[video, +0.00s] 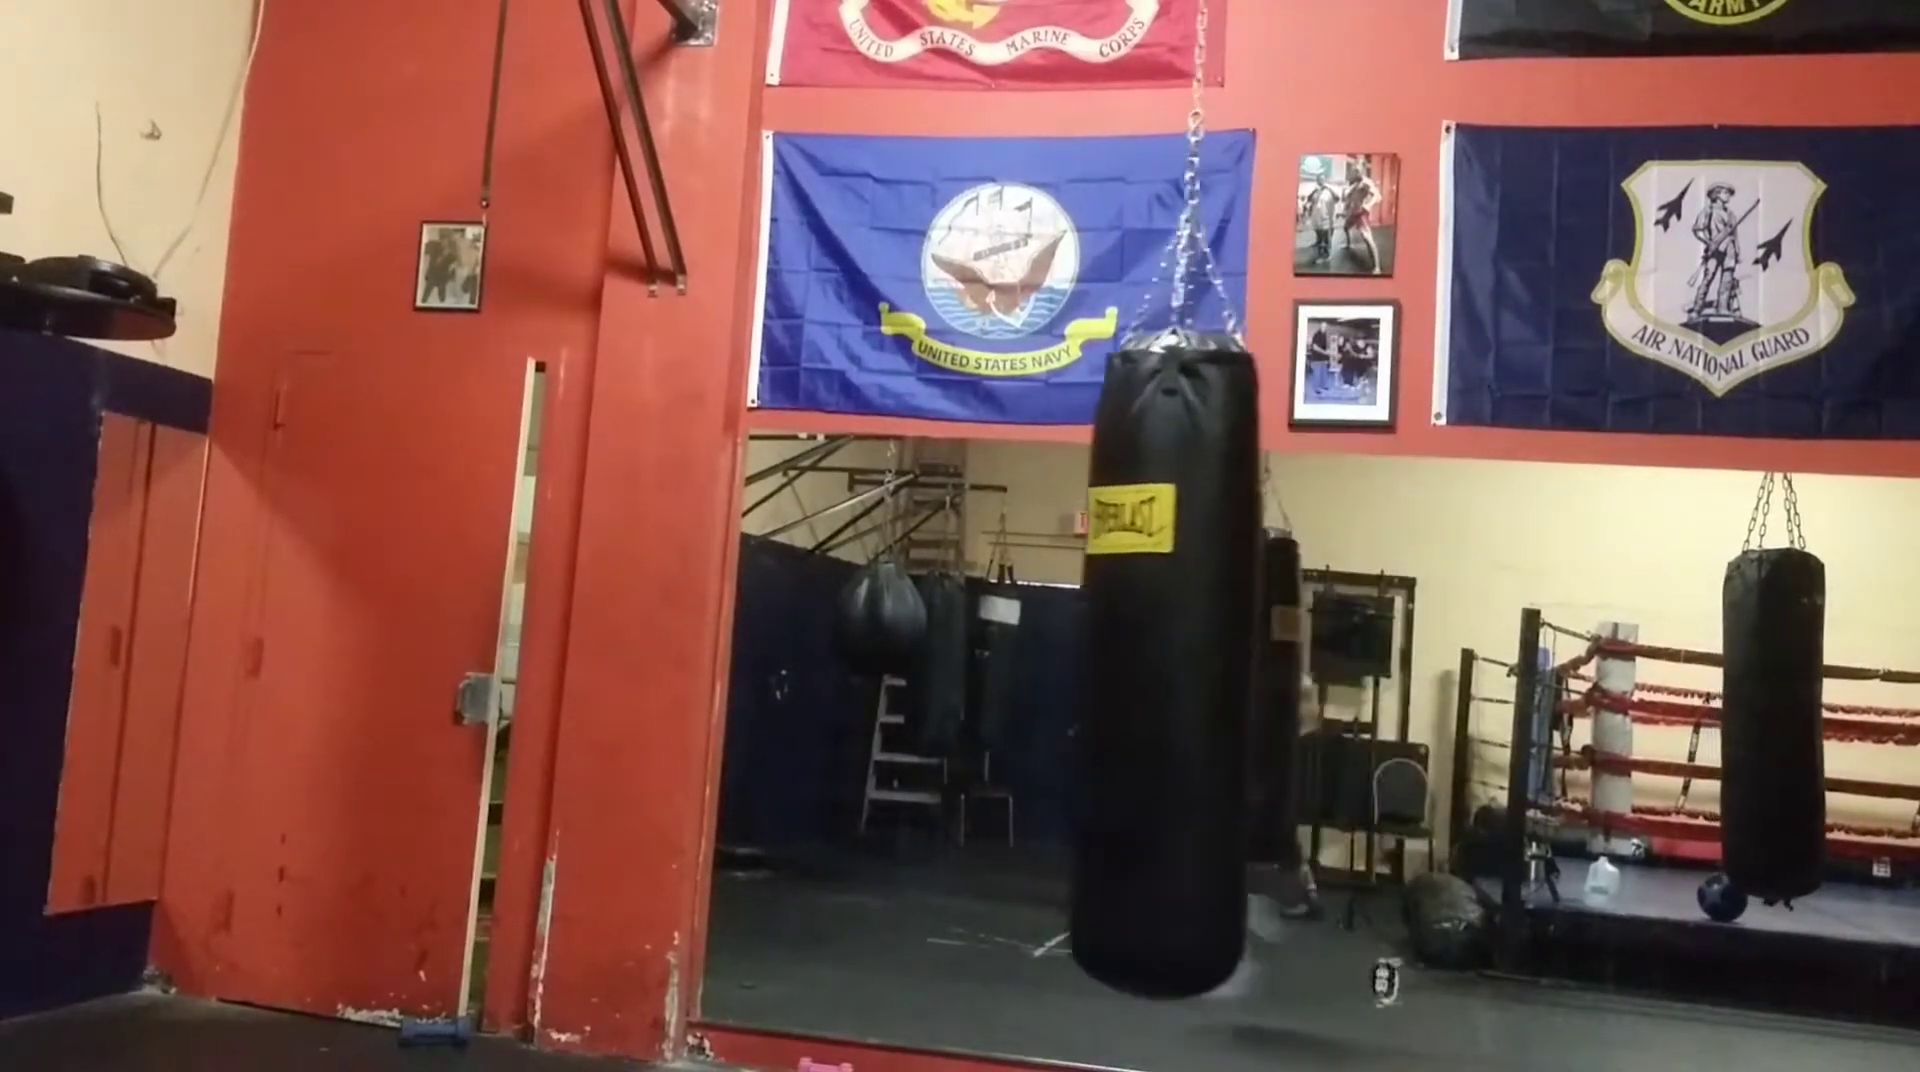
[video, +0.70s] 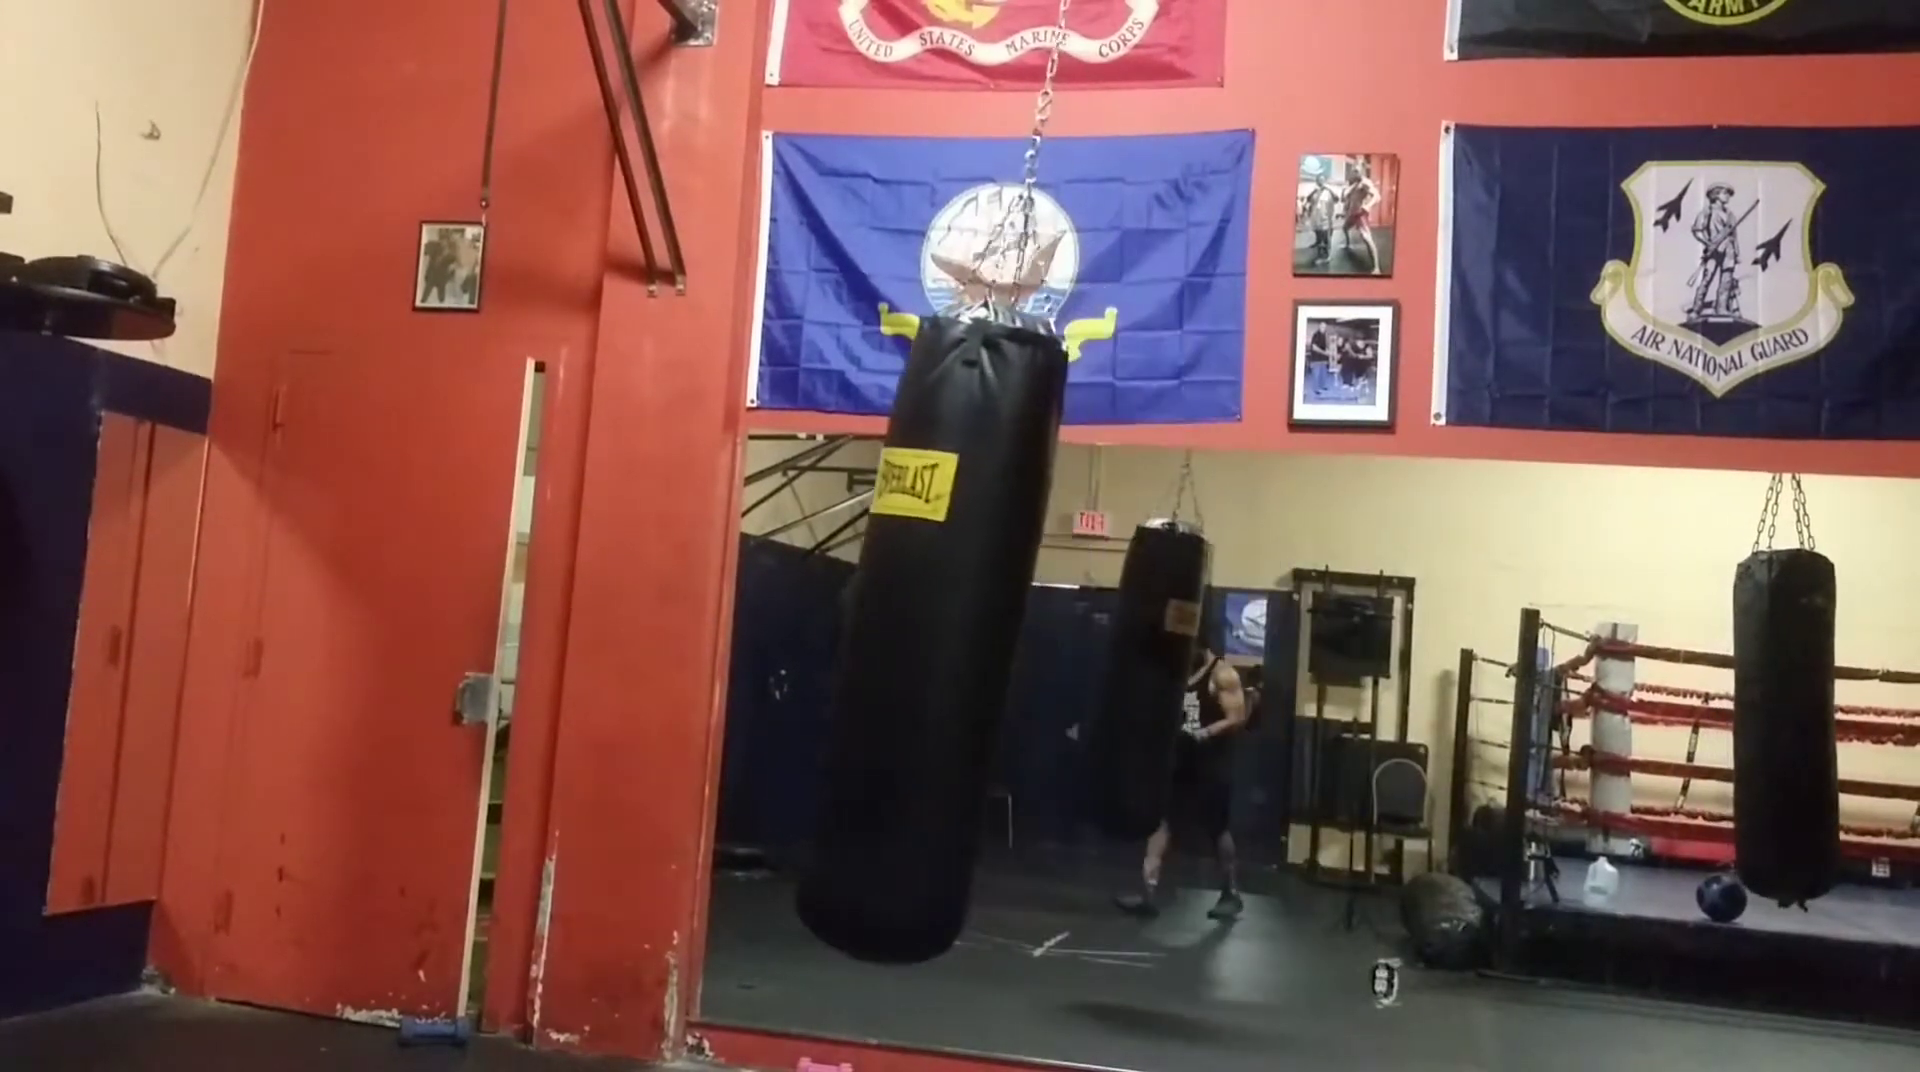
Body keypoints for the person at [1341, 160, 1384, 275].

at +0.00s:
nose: (1352, 175)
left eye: (1354, 172)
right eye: (1351, 172)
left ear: (1359, 173)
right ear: (1351, 174)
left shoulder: (1365, 183)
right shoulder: (1351, 186)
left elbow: (1377, 195)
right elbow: (1346, 200)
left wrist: (1367, 206)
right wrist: (1345, 212)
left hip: (1361, 212)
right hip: (1351, 212)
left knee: (1366, 236)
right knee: (1345, 228)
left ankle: (1376, 266)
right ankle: (1348, 244)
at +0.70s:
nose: (1353, 175)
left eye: (1355, 172)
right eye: (1352, 172)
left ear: (1359, 173)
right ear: (1351, 174)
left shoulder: (1365, 183)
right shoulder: (1351, 186)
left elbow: (1376, 196)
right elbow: (1345, 199)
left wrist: (1367, 207)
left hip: (1361, 212)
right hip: (1351, 213)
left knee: (1366, 237)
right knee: (1345, 228)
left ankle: (1376, 267)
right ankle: (1348, 245)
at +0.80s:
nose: (1353, 174)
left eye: (1356, 171)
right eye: (1352, 172)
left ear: (1360, 172)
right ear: (1351, 173)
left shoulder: (1365, 182)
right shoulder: (1352, 184)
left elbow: (1377, 195)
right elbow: (1344, 197)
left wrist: (1367, 206)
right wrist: (1352, 187)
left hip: (1361, 211)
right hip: (1352, 212)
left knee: (1367, 237)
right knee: (1345, 227)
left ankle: (1376, 266)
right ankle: (1348, 244)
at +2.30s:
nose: (1352, 173)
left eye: (1355, 170)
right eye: (1351, 170)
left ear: (1359, 171)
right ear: (1351, 171)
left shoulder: (1365, 182)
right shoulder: (1351, 184)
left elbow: (1376, 195)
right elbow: (1344, 198)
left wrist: (1367, 205)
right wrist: (1344, 193)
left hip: (1361, 212)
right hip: (1351, 212)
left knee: (1366, 237)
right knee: (1345, 227)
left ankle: (1376, 266)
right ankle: (1347, 243)